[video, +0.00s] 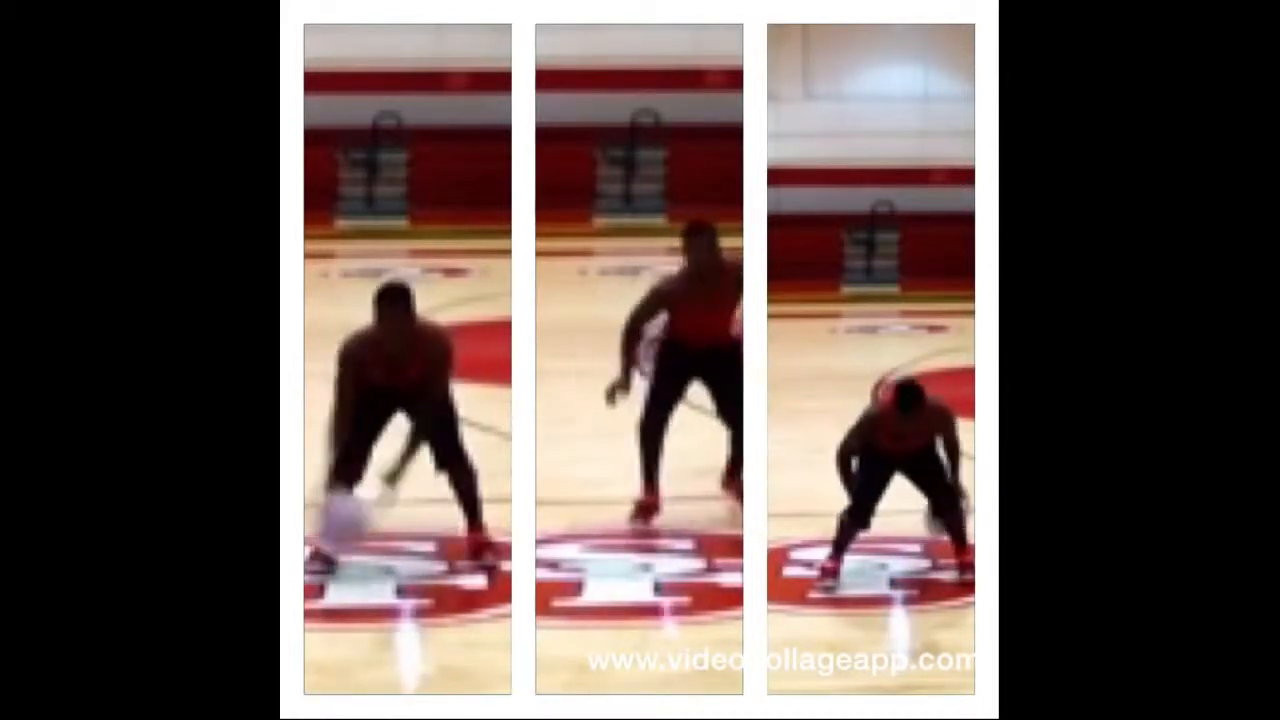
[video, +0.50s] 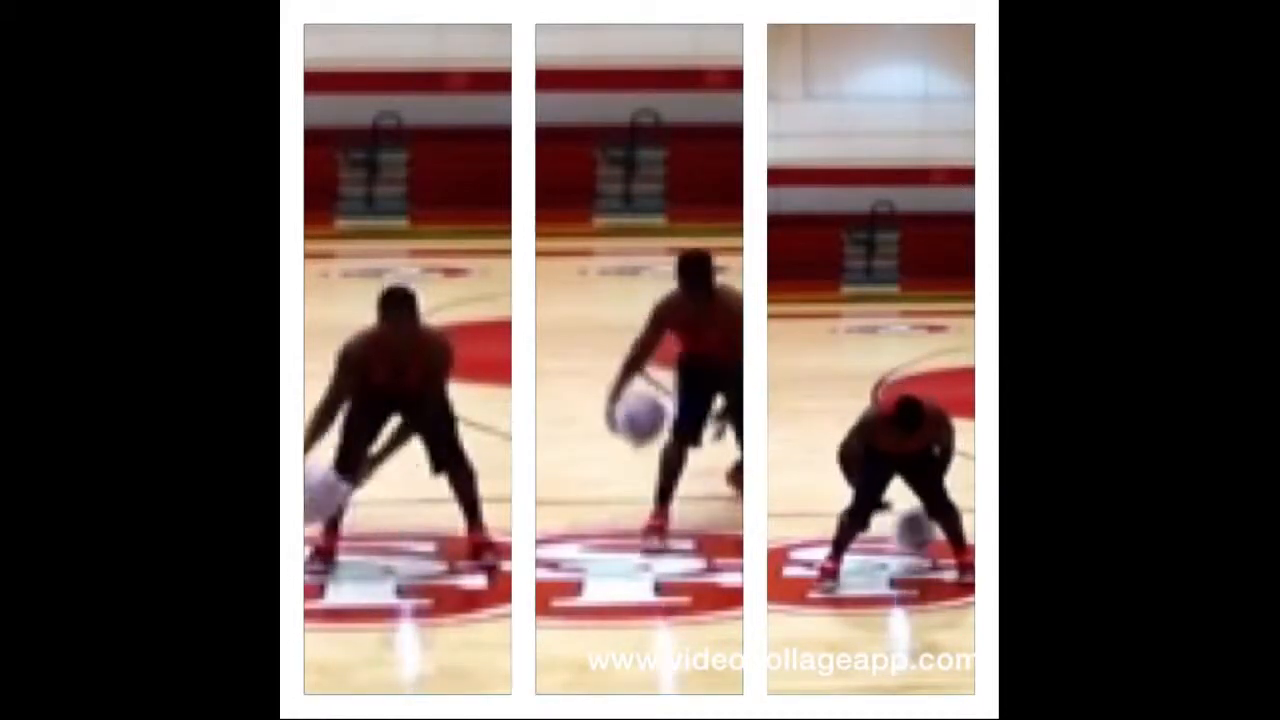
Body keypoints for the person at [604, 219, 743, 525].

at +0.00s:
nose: (702, 259)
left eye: (707, 251)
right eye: (695, 252)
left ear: (717, 250)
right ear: (686, 253)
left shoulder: (735, 277)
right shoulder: (673, 288)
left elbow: (755, 308)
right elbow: (634, 324)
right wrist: (626, 373)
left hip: (720, 351)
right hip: (678, 352)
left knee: (744, 421)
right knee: (651, 423)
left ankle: (734, 476)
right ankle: (650, 494)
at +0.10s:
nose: (701, 287)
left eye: (708, 279)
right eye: (695, 279)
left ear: (717, 276)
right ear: (685, 278)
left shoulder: (734, 301)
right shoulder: (670, 308)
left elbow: (752, 336)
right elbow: (644, 346)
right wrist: (636, 390)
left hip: (724, 370)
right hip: (681, 370)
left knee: (745, 439)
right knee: (662, 435)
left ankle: (738, 479)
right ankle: (655, 510)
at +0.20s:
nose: (707, 316)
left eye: (712, 307)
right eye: (699, 309)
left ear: (719, 303)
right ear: (688, 306)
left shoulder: (736, 325)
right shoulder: (671, 329)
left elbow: (753, 360)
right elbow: (652, 368)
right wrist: (656, 418)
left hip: (724, 380)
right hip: (684, 381)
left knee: (758, 428)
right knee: (670, 437)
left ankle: (738, 477)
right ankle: (658, 512)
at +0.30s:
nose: (703, 324)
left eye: (708, 316)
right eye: (697, 317)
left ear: (717, 310)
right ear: (686, 312)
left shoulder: (734, 330)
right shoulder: (668, 335)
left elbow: (751, 369)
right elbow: (656, 378)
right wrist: (663, 416)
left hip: (727, 384)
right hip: (689, 385)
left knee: (759, 429)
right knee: (674, 444)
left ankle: (732, 467)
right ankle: (658, 514)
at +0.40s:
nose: (701, 318)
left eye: (705, 310)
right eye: (695, 310)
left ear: (714, 303)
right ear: (684, 305)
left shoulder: (732, 325)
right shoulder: (669, 330)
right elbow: (654, 381)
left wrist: (713, 433)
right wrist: (648, 430)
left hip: (730, 385)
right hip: (693, 387)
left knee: (758, 439)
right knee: (682, 446)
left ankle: (739, 475)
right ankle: (660, 512)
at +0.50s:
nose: (695, 295)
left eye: (700, 287)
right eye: (688, 288)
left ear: (711, 281)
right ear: (680, 283)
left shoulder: (734, 305)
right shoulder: (672, 308)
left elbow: (749, 360)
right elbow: (642, 351)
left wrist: (732, 408)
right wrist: (614, 397)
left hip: (735, 369)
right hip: (696, 370)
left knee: (753, 440)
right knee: (681, 439)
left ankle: (739, 473)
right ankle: (660, 512)